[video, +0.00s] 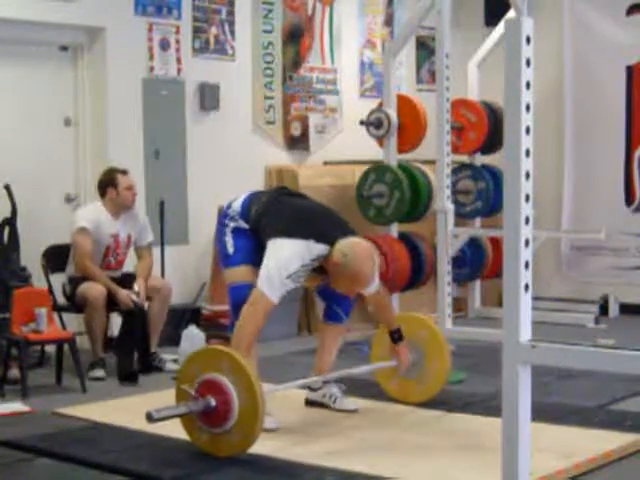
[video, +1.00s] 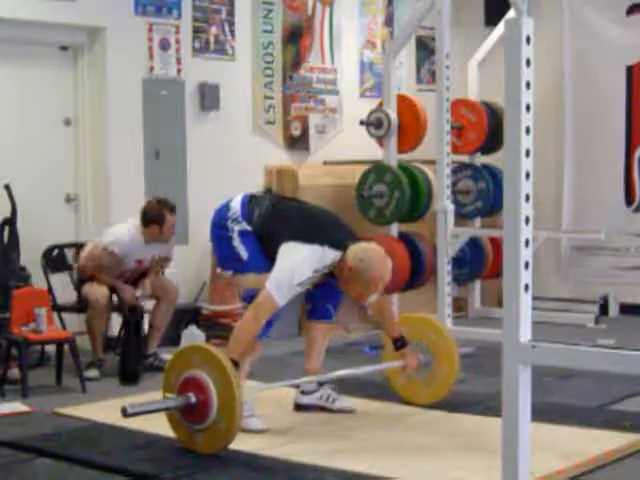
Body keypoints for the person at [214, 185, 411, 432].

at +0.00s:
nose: (352, 294)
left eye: (359, 290)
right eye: (350, 288)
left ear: (369, 270)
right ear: (333, 265)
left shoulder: (360, 258)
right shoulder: (288, 254)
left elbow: (377, 297)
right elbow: (254, 313)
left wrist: (397, 338)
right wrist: (234, 381)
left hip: (293, 211)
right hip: (243, 216)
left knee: (340, 299)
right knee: (245, 304)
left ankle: (320, 384)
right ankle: (249, 398)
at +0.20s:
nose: (365, 298)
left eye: (372, 294)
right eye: (361, 294)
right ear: (341, 270)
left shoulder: (363, 256)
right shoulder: (294, 260)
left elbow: (380, 298)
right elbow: (255, 319)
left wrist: (397, 342)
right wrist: (232, 381)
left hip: (294, 213)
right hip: (246, 218)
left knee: (342, 300)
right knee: (249, 306)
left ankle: (321, 384)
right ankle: (251, 399)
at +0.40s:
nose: (355, 303)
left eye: (360, 298)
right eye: (353, 298)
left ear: (372, 280)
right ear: (334, 277)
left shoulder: (366, 270)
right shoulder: (289, 262)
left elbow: (382, 302)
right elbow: (246, 318)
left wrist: (400, 344)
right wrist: (222, 374)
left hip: (296, 212)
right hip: (246, 217)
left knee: (346, 304)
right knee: (247, 311)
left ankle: (321, 383)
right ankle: (250, 397)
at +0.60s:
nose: (353, 303)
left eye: (359, 298)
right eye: (352, 297)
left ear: (370, 278)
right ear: (332, 277)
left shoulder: (362, 264)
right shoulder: (288, 261)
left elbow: (382, 302)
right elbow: (247, 313)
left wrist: (401, 344)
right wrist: (216, 369)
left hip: (294, 213)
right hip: (244, 218)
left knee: (344, 303)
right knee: (249, 305)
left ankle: (321, 381)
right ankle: (251, 393)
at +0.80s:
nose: (357, 293)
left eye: (364, 289)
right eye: (355, 287)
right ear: (340, 266)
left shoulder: (359, 257)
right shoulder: (292, 256)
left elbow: (381, 301)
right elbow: (253, 312)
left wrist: (401, 344)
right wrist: (226, 368)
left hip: (280, 214)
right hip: (238, 219)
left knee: (332, 295)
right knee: (267, 305)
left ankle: (313, 385)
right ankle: (240, 393)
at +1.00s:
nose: (367, 299)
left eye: (375, 293)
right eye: (366, 291)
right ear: (347, 270)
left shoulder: (359, 255)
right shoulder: (301, 260)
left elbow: (382, 301)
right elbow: (256, 315)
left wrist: (401, 346)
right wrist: (226, 372)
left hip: (275, 218)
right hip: (236, 221)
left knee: (327, 292)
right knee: (265, 306)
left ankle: (310, 385)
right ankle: (233, 394)